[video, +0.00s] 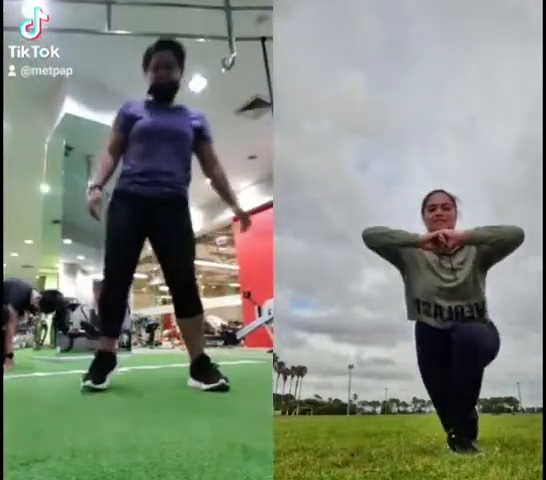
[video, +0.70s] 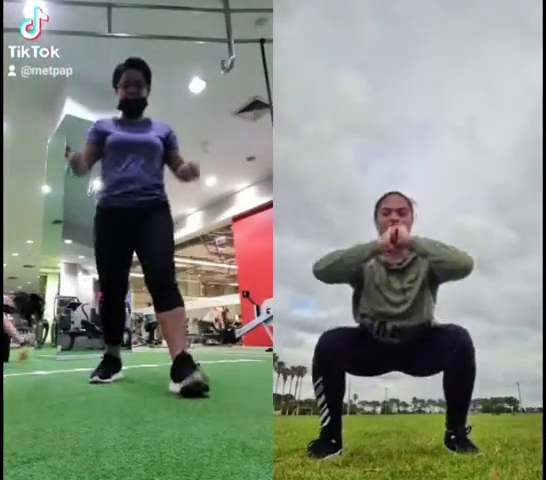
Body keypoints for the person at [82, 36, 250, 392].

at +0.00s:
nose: (163, 73)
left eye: (170, 68)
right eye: (157, 68)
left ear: (181, 74)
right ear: (147, 73)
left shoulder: (193, 120)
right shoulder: (131, 111)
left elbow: (212, 168)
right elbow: (112, 152)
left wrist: (236, 206)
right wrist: (96, 185)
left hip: (171, 204)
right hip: (128, 201)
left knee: (183, 281)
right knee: (116, 280)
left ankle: (199, 361)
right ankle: (105, 355)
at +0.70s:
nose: (132, 91)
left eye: (138, 86)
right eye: (126, 86)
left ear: (148, 91)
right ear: (116, 91)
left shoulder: (161, 130)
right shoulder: (103, 127)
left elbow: (179, 169)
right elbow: (83, 166)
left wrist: (188, 170)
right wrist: (77, 161)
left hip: (152, 212)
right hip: (112, 213)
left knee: (163, 282)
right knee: (112, 288)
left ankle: (182, 363)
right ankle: (111, 357)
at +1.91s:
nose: (79, 79)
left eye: (88, 72)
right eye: (72, 71)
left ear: (103, 79)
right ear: (61, 75)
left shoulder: (110, 119)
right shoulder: (48, 121)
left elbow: (129, 154)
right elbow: (10, 152)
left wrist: (91, 109)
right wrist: (43, 108)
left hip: (98, 227)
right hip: (51, 223)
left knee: (96, 305)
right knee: (43, 277)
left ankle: (86, 348)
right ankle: (48, 368)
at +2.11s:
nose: (92, 115)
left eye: (101, 109)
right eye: (84, 107)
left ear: (112, 119)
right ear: (69, 112)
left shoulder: (115, 162)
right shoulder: (44, 152)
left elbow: (121, 208)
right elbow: (10, 196)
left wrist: (87, 154)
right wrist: (48, 148)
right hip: (45, 247)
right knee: (43, 267)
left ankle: (92, 361)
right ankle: (48, 370)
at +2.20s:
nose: (90, 114)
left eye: (100, 108)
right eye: (82, 106)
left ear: (110, 118)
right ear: (66, 112)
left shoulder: (115, 164)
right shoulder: (42, 154)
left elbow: (124, 211)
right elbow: (10, 198)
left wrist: (89, 157)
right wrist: (48, 151)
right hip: (46, 248)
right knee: (41, 265)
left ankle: (91, 359)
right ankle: (47, 370)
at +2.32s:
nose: (86, 101)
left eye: (95, 94)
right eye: (79, 93)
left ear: (106, 104)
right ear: (65, 99)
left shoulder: (115, 146)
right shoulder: (45, 141)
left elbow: (129, 184)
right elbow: (10, 178)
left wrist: (93, 135)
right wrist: (46, 133)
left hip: (98, 247)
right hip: (51, 240)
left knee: (96, 348)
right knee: (45, 268)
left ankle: (92, 362)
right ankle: (48, 369)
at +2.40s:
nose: (85, 88)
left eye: (94, 81)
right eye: (79, 80)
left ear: (107, 89)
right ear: (65, 83)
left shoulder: (113, 132)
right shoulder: (50, 130)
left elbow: (136, 158)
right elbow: (9, 156)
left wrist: (91, 110)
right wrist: (44, 113)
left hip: (102, 234)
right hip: (57, 229)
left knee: (100, 310)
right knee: (52, 287)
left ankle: (92, 353)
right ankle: (49, 370)